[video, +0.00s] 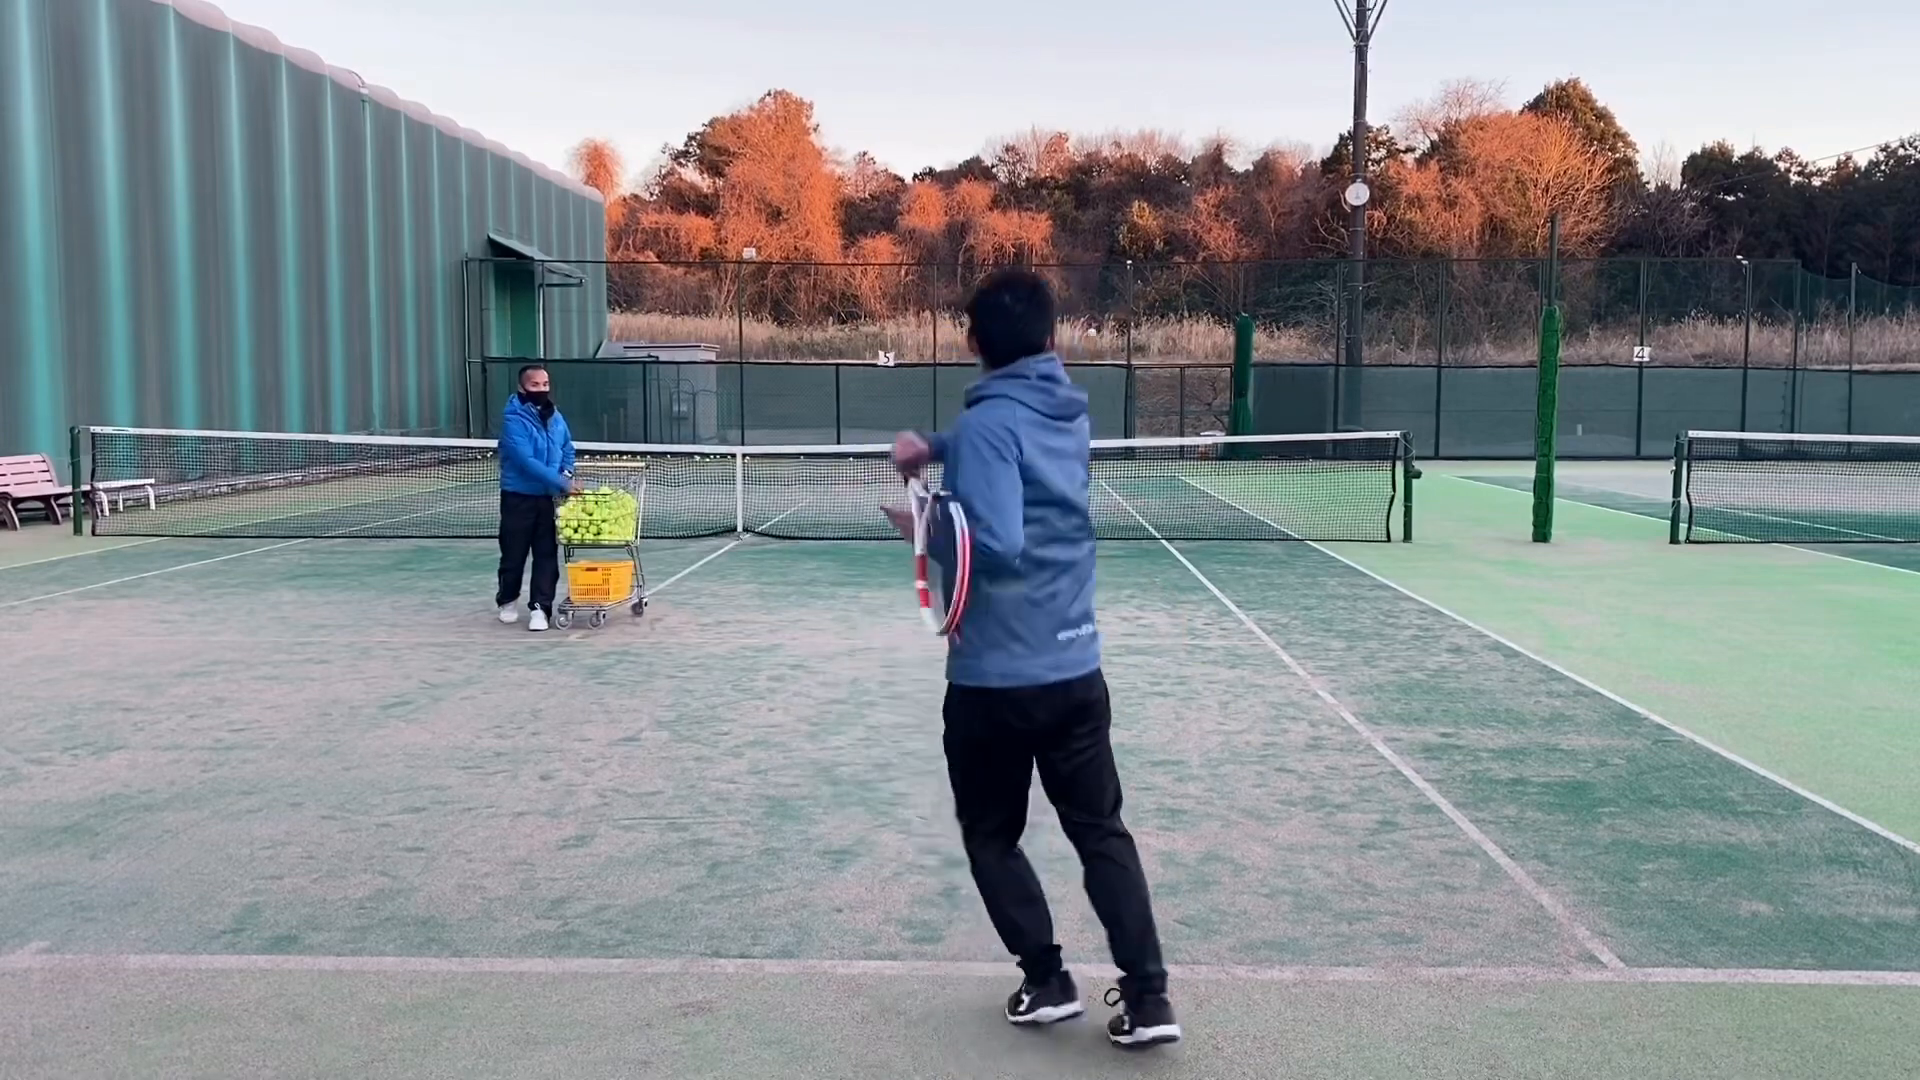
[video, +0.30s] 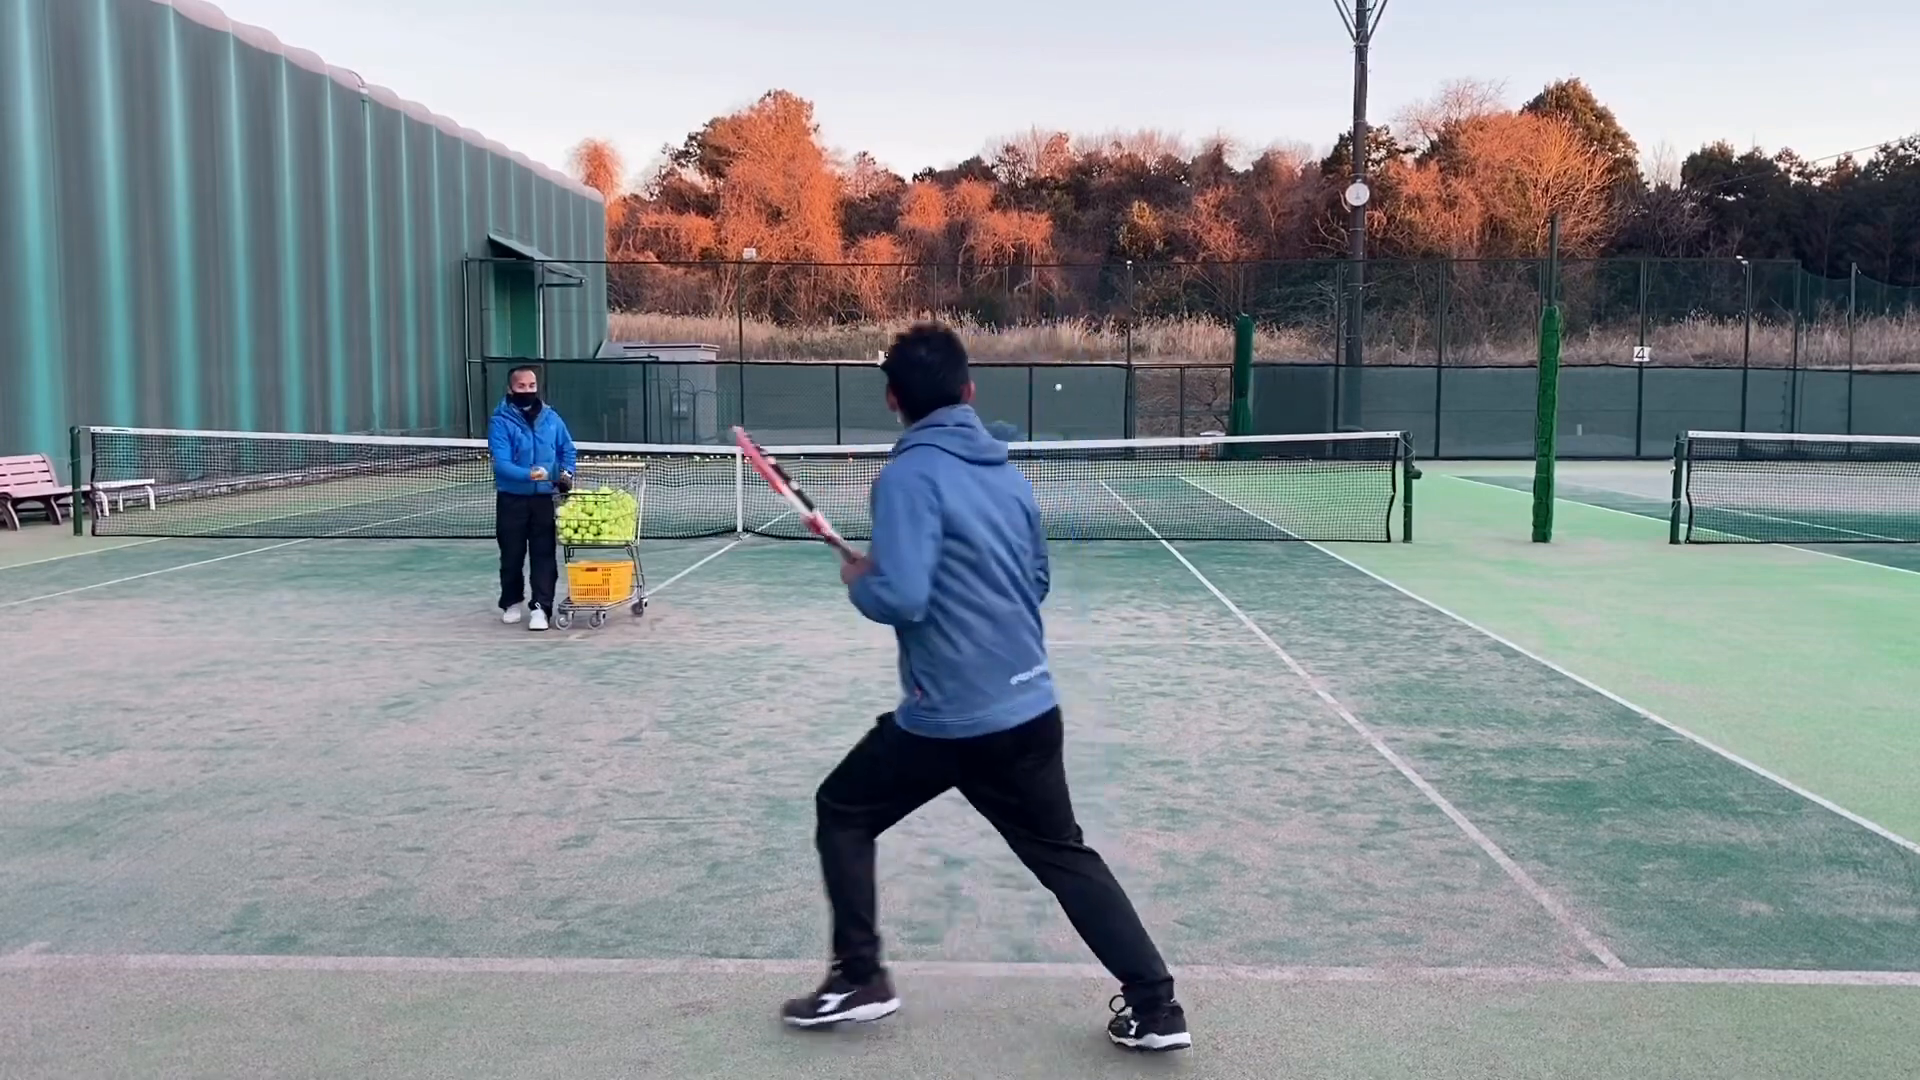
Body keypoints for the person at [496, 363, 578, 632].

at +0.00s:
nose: (542, 388)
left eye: (545, 384)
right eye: (535, 384)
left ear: (549, 385)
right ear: (522, 387)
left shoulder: (555, 416)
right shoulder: (513, 418)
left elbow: (568, 449)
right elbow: (524, 459)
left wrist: (566, 471)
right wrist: (562, 483)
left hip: (547, 494)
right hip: (517, 495)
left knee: (546, 555)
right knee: (514, 554)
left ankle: (541, 609)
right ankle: (508, 601)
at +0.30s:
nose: (527, 390)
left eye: (531, 385)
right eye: (521, 385)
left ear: (537, 387)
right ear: (511, 388)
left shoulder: (551, 417)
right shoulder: (500, 420)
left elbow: (568, 450)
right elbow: (500, 465)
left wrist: (566, 471)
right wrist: (529, 473)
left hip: (544, 497)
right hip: (512, 498)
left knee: (543, 554)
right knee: (512, 555)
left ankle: (540, 609)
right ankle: (511, 603)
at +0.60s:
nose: (513, 392)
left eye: (517, 387)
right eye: (507, 387)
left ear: (525, 387)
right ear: (499, 390)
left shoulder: (542, 416)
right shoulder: (490, 420)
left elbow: (566, 448)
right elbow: (483, 458)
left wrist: (565, 472)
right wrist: (493, 483)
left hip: (535, 495)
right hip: (503, 496)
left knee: (536, 550)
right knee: (505, 553)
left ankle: (538, 603)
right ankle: (512, 604)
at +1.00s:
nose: (497, 396)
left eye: (501, 390)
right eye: (491, 393)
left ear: (510, 389)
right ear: (485, 395)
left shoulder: (533, 416)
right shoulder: (484, 425)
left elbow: (559, 441)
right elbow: (478, 466)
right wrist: (479, 502)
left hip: (536, 492)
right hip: (499, 497)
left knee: (535, 548)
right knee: (504, 550)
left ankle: (535, 601)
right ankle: (509, 602)